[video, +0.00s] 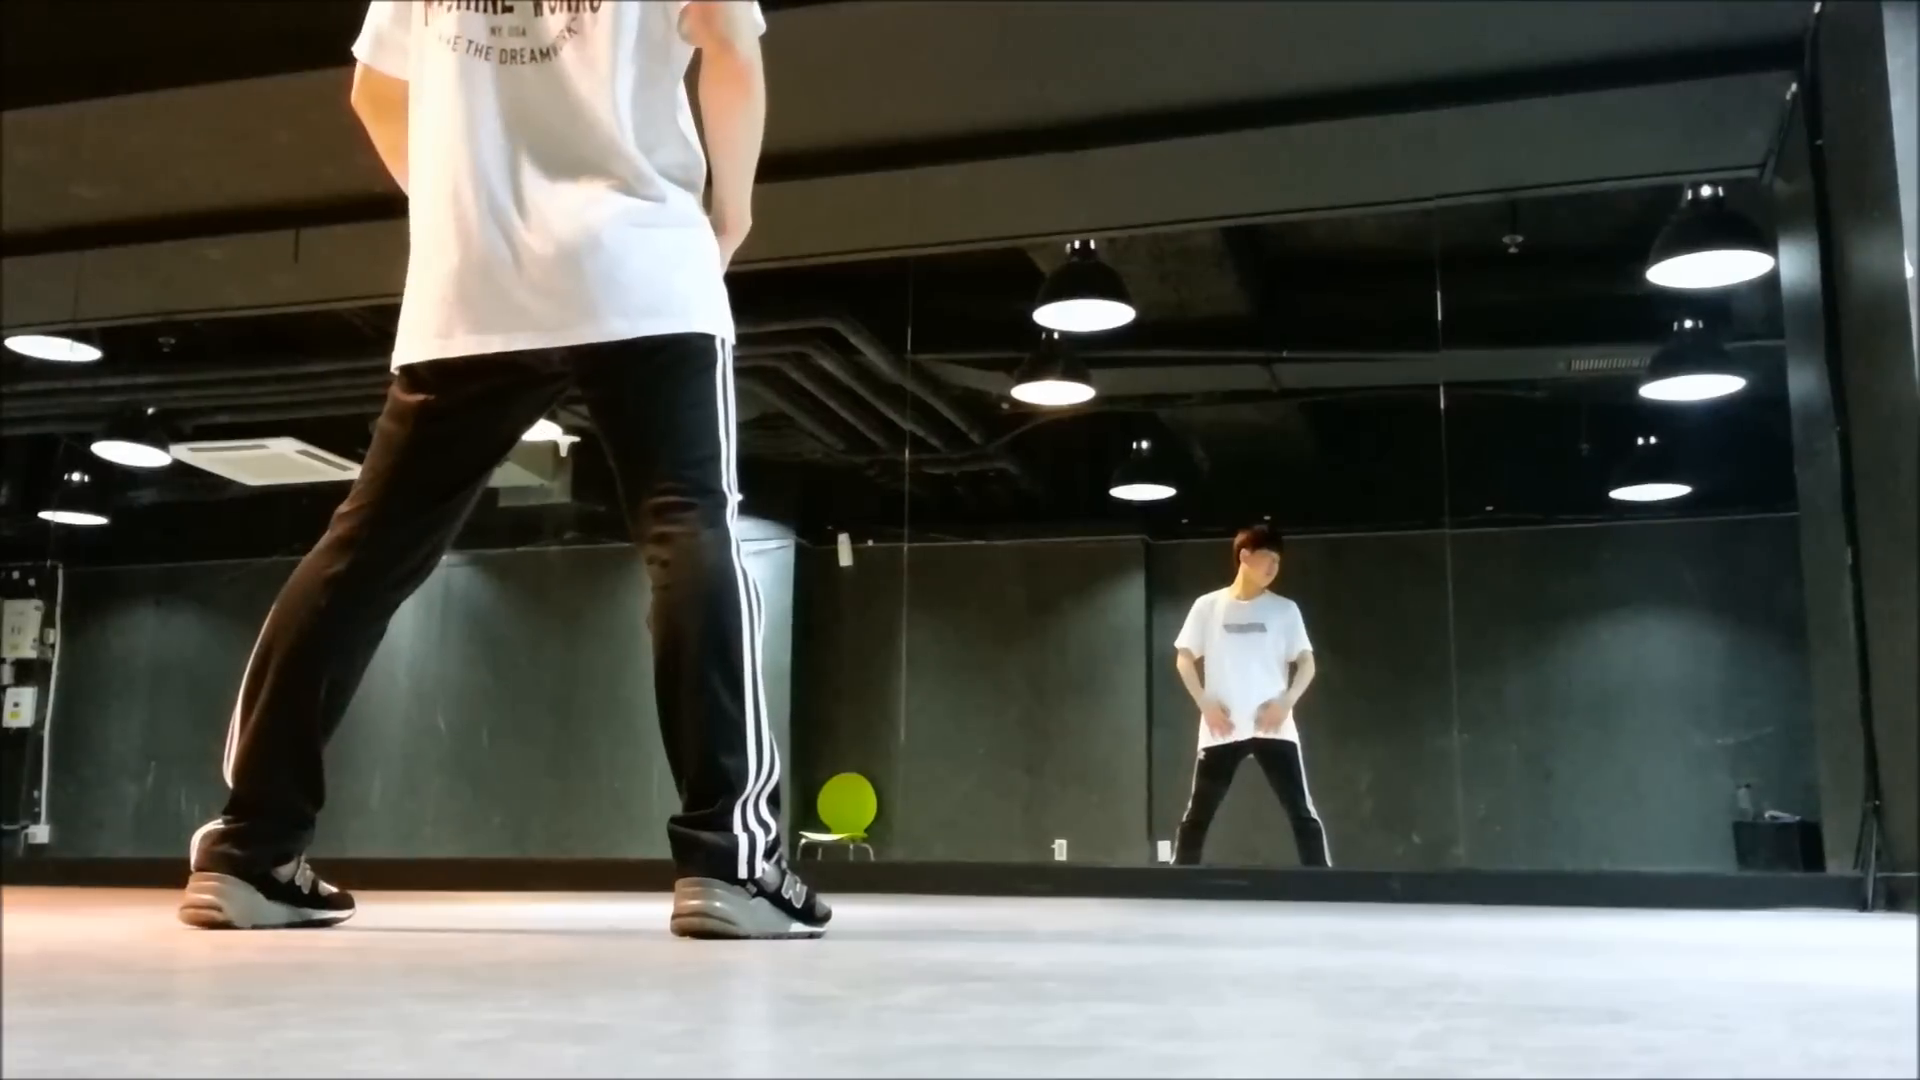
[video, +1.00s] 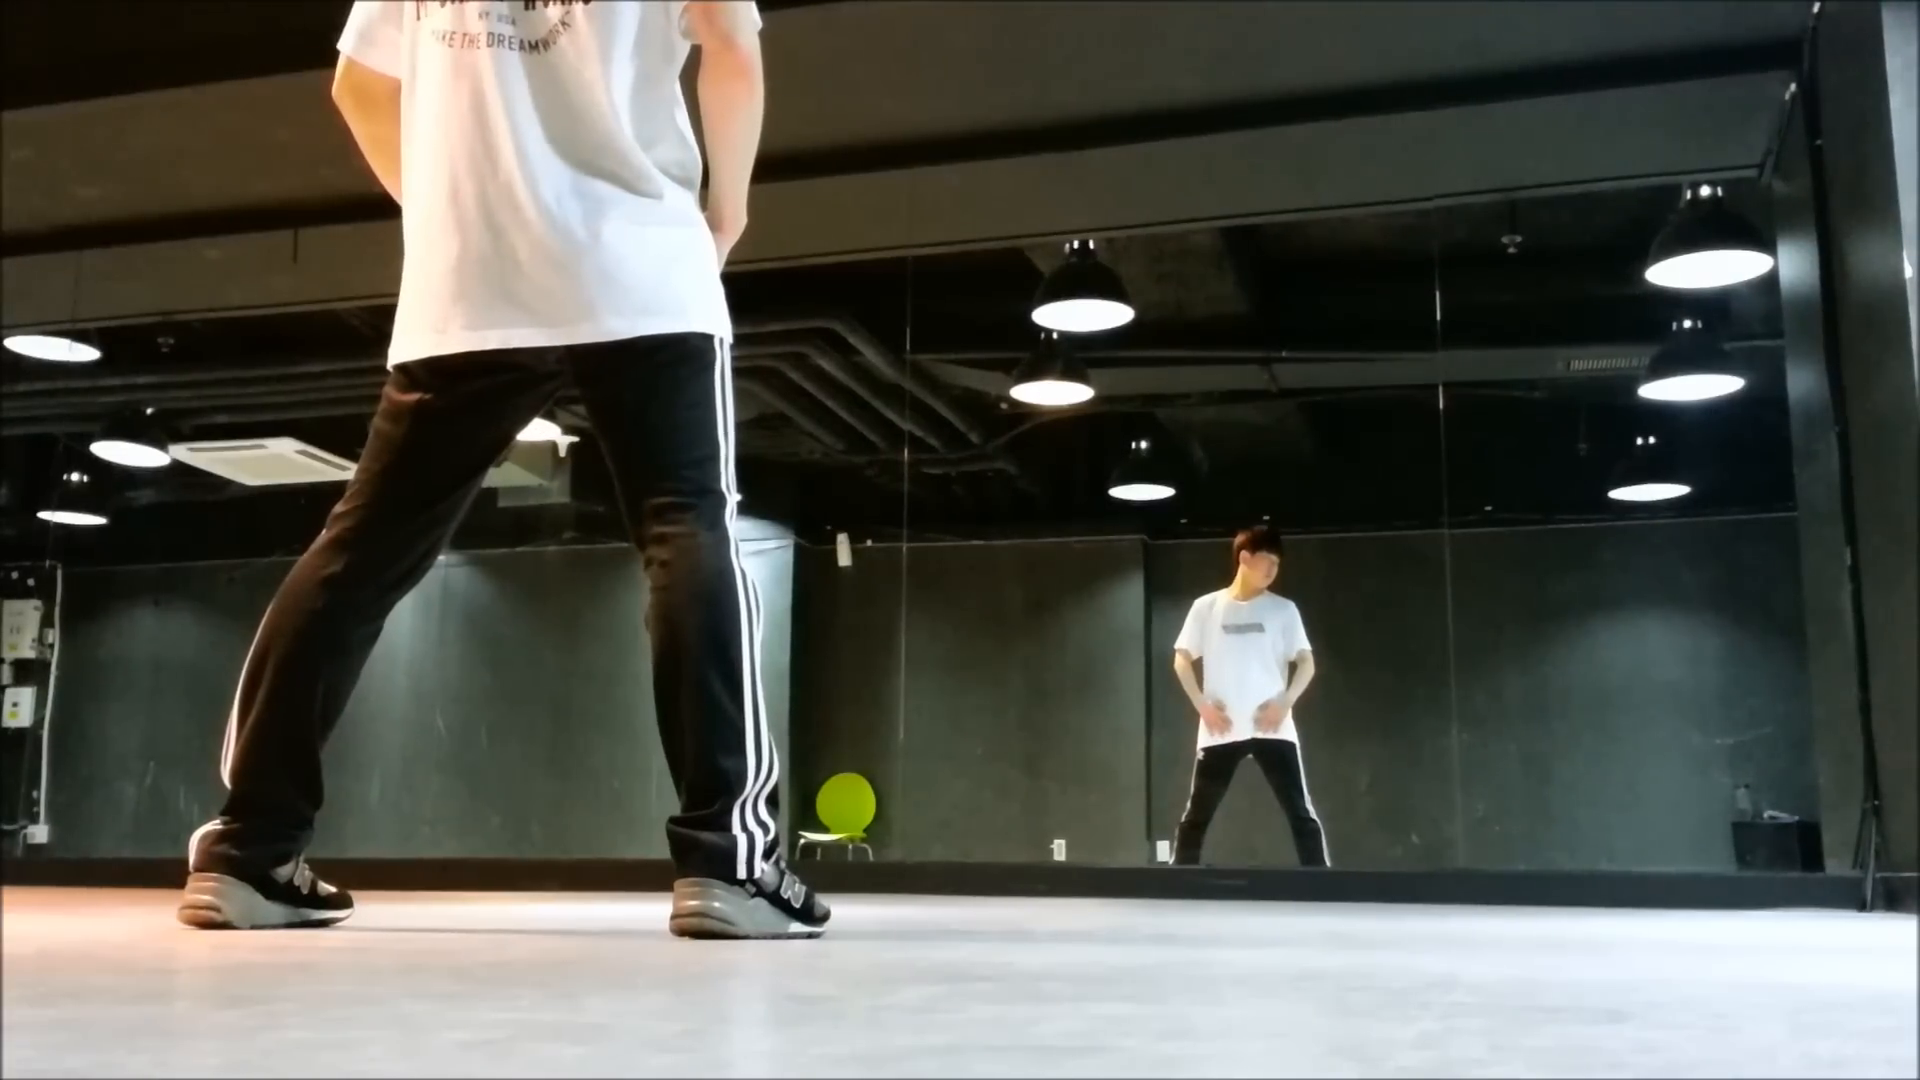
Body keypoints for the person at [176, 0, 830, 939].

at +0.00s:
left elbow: (377, 88)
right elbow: (728, 45)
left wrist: (460, 207)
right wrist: (730, 210)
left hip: (468, 255)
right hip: (637, 252)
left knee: (367, 549)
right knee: (688, 532)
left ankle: (246, 846)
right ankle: (730, 858)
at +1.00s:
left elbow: (363, 83)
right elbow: (730, 44)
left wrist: (452, 210)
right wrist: (727, 208)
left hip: (466, 251)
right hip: (636, 254)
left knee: (360, 552)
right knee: (688, 534)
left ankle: (244, 848)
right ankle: (728, 859)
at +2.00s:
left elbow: (364, 78)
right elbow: (731, 39)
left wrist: (463, 212)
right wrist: (725, 220)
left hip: (472, 273)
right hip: (642, 268)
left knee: (371, 557)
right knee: (719, 554)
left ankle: (244, 847)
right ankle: (761, 855)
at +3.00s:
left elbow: (343, 72)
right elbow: (762, 27)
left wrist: (458, 197)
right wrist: (748, 185)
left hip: (484, 272)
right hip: (654, 270)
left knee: (375, 553)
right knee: (717, 545)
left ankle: (238, 845)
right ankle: (762, 857)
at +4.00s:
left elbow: (379, 74)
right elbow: (771, 27)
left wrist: (474, 210)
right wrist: (741, 194)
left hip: (476, 260)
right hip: (646, 263)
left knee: (365, 553)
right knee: (725, 557)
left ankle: (235, 843)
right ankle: (762, 856)